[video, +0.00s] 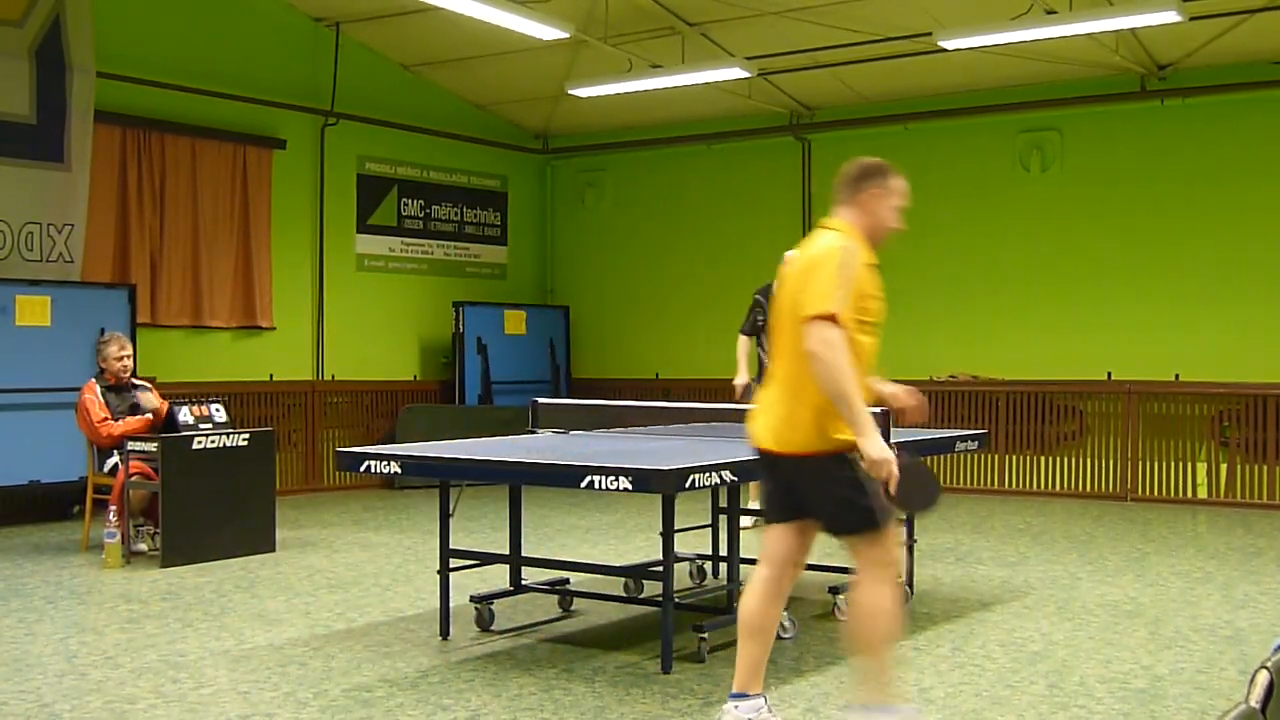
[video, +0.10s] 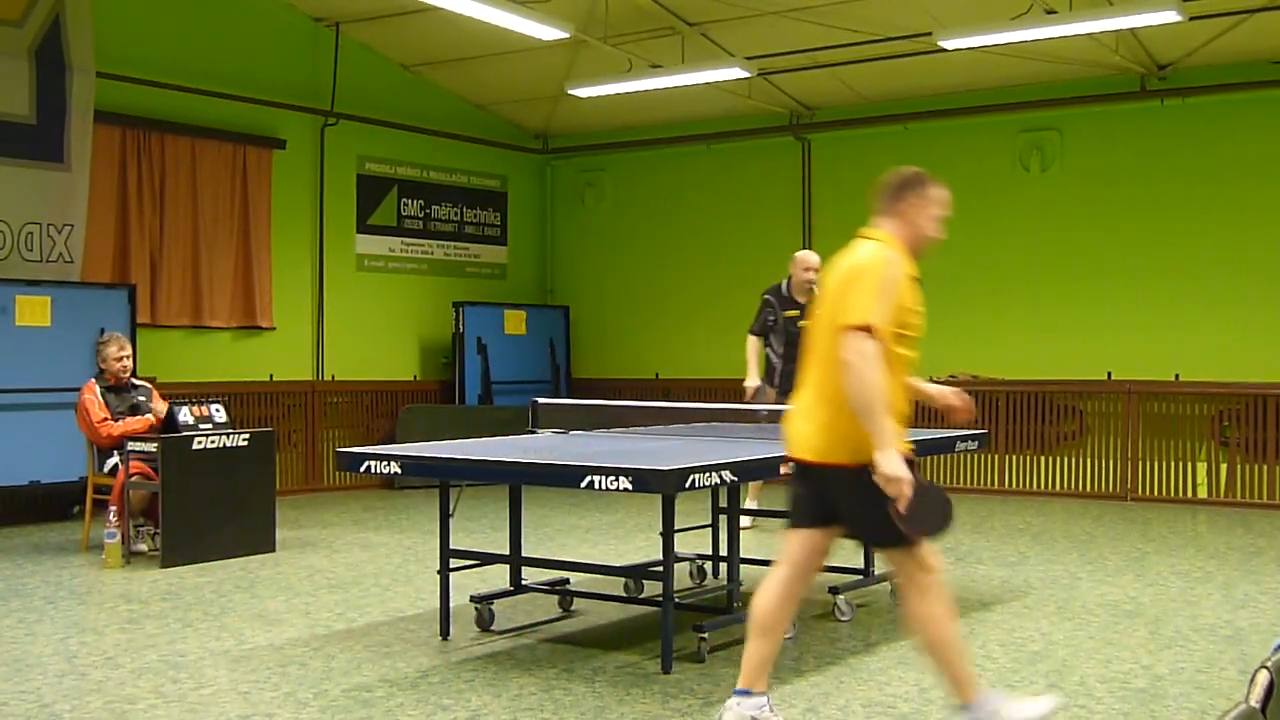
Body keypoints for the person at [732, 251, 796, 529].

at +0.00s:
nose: (792, 269)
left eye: (797, 265)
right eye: (789, 263)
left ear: (807, 269)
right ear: (782, 267)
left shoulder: (813, 299)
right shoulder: (765, 296)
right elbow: (746, 334)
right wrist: (742, 372)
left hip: (801, 385)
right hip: (769, 383)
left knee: (798, 450)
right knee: (763, 449)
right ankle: (754, 505)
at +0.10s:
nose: (812, 275)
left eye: (816, 270)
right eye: (806, 270)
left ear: (819, 272)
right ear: (792, 271)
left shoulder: (823, 298)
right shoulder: (774, 297)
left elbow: (832, 338)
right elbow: (755, 335)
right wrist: (752, 375)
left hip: (812, 385)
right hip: (777, 384)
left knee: (815, 445)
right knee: (763, 443)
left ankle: (816, 509)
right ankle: (751, 502)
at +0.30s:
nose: (837, 276)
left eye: (840, 272)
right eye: (833, 271)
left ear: (842, 273)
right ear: (816, 270)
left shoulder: (840, 296)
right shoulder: (796, 296)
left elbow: (838, 335)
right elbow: (778, 335)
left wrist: (838, 370)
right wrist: (780, 376)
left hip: (828, 382)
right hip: (799, 384)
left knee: (826, 446)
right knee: (791, 443)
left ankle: (810, 512)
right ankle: (760, 495)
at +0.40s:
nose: (851, 279)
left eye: (854, 274)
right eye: (847, 273)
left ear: (853, 275)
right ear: (831, 270)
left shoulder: (847, 297)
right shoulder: (809, 296)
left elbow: (846, 334)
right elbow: (791, 334)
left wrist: (856, 368)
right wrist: (794, 374)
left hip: (835, 382)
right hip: (811, 382)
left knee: (826, 445)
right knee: (822, 440)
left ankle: (811, 510)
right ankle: (786, 499)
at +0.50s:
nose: (862, 281)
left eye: (865, 276)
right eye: (858, 275)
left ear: (862, 276)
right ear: (841, 270)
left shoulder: (853, 298)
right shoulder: (820, 295)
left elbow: (852, 334)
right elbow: (800, 332)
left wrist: (868, 367)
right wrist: (802, 372)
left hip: (840, 381)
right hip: (820, 381)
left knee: (826, 443)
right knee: (838, 440)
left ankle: (810, 508)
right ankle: (816, 507)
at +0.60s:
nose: (878, 284)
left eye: (880, 279)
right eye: (875, 277)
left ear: (872, 276)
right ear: (858, 271)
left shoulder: (862, 298)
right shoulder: (835, 294)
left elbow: (860, 334)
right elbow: (815, 330)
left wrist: (879, 362)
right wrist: (815, 370)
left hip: (845, 380)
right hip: (831, 380)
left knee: (825, 446)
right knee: (855, 441)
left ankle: (809, 509)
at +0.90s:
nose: (913, 278)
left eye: (915, 273)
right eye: (911, 272)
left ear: (900, 266)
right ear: (896, 263)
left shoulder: (889, 287)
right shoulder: (873, 286)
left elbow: (880, 334)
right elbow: (856, 326)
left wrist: (883, 373)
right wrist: (859, 367)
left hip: (878, 374)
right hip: (871, 375)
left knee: (854, 438)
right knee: (892, 439)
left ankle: (820, 493)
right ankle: (897, 505)